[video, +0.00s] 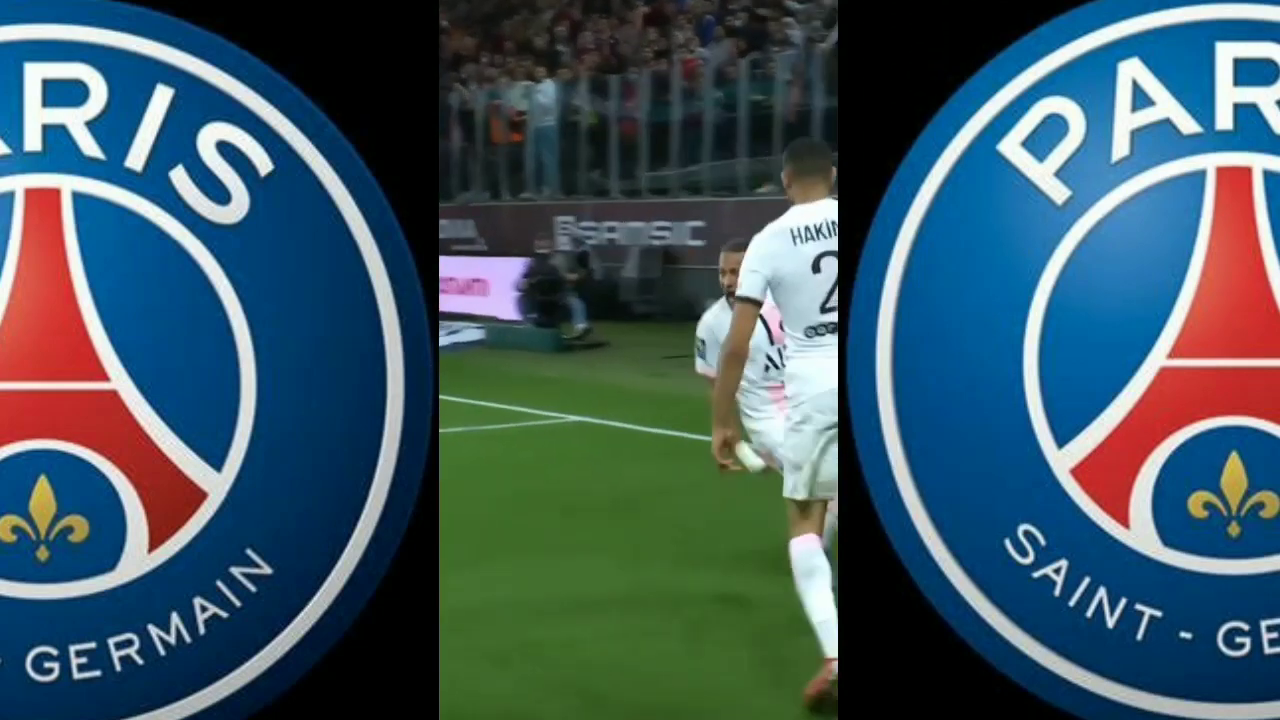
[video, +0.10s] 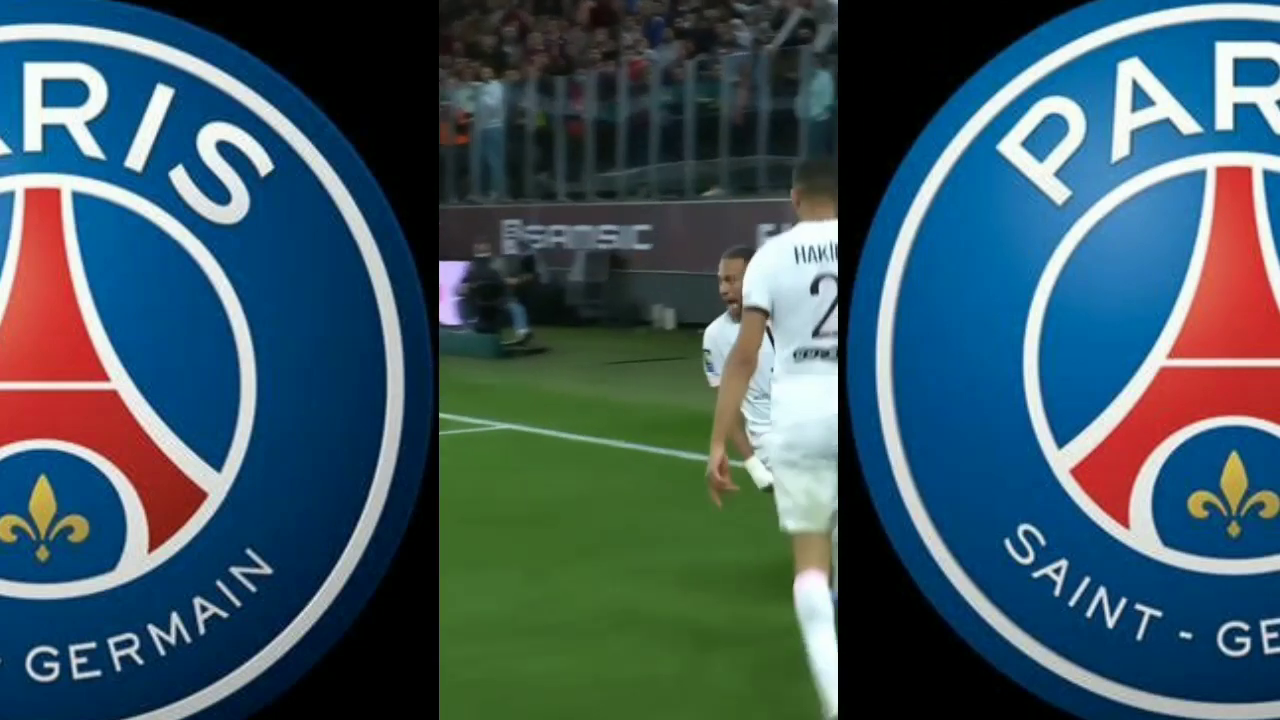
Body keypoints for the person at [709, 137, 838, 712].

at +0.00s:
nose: (789, 192)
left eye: (785, 183)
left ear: (786, 182)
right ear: (833, 179)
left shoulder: (770, 241)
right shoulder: (869, 221)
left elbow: (738, 342)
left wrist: (721, 421)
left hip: (816, 384)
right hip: (886, 376)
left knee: (806, 521)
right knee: (837, 503)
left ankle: (833, 651)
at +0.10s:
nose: (791, 208)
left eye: (791, 200)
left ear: (797, 199)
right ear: (843, 199)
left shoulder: (772, 255)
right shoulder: (879, 244)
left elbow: (745, 357)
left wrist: (718, 441)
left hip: (801, 411)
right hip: (879, 409)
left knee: (812, 560)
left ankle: (834, 703)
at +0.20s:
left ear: (799, 232)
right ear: (845, 231)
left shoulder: (778, 297)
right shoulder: (882, 280)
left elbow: (759, 393)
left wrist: (734, 478)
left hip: (809, 449)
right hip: (884, 449)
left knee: (798, 594)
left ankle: (798, 712)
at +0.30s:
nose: (794, 273)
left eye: (795, 266)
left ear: (800, 267)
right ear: (849, 264)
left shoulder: (796, 335)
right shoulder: (893, 314)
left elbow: (782, 443)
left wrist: (768, 538)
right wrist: (774, 534)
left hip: (830, 498)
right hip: (908, 498)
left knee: (794, 624)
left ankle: (753, 712)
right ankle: (755, 707)